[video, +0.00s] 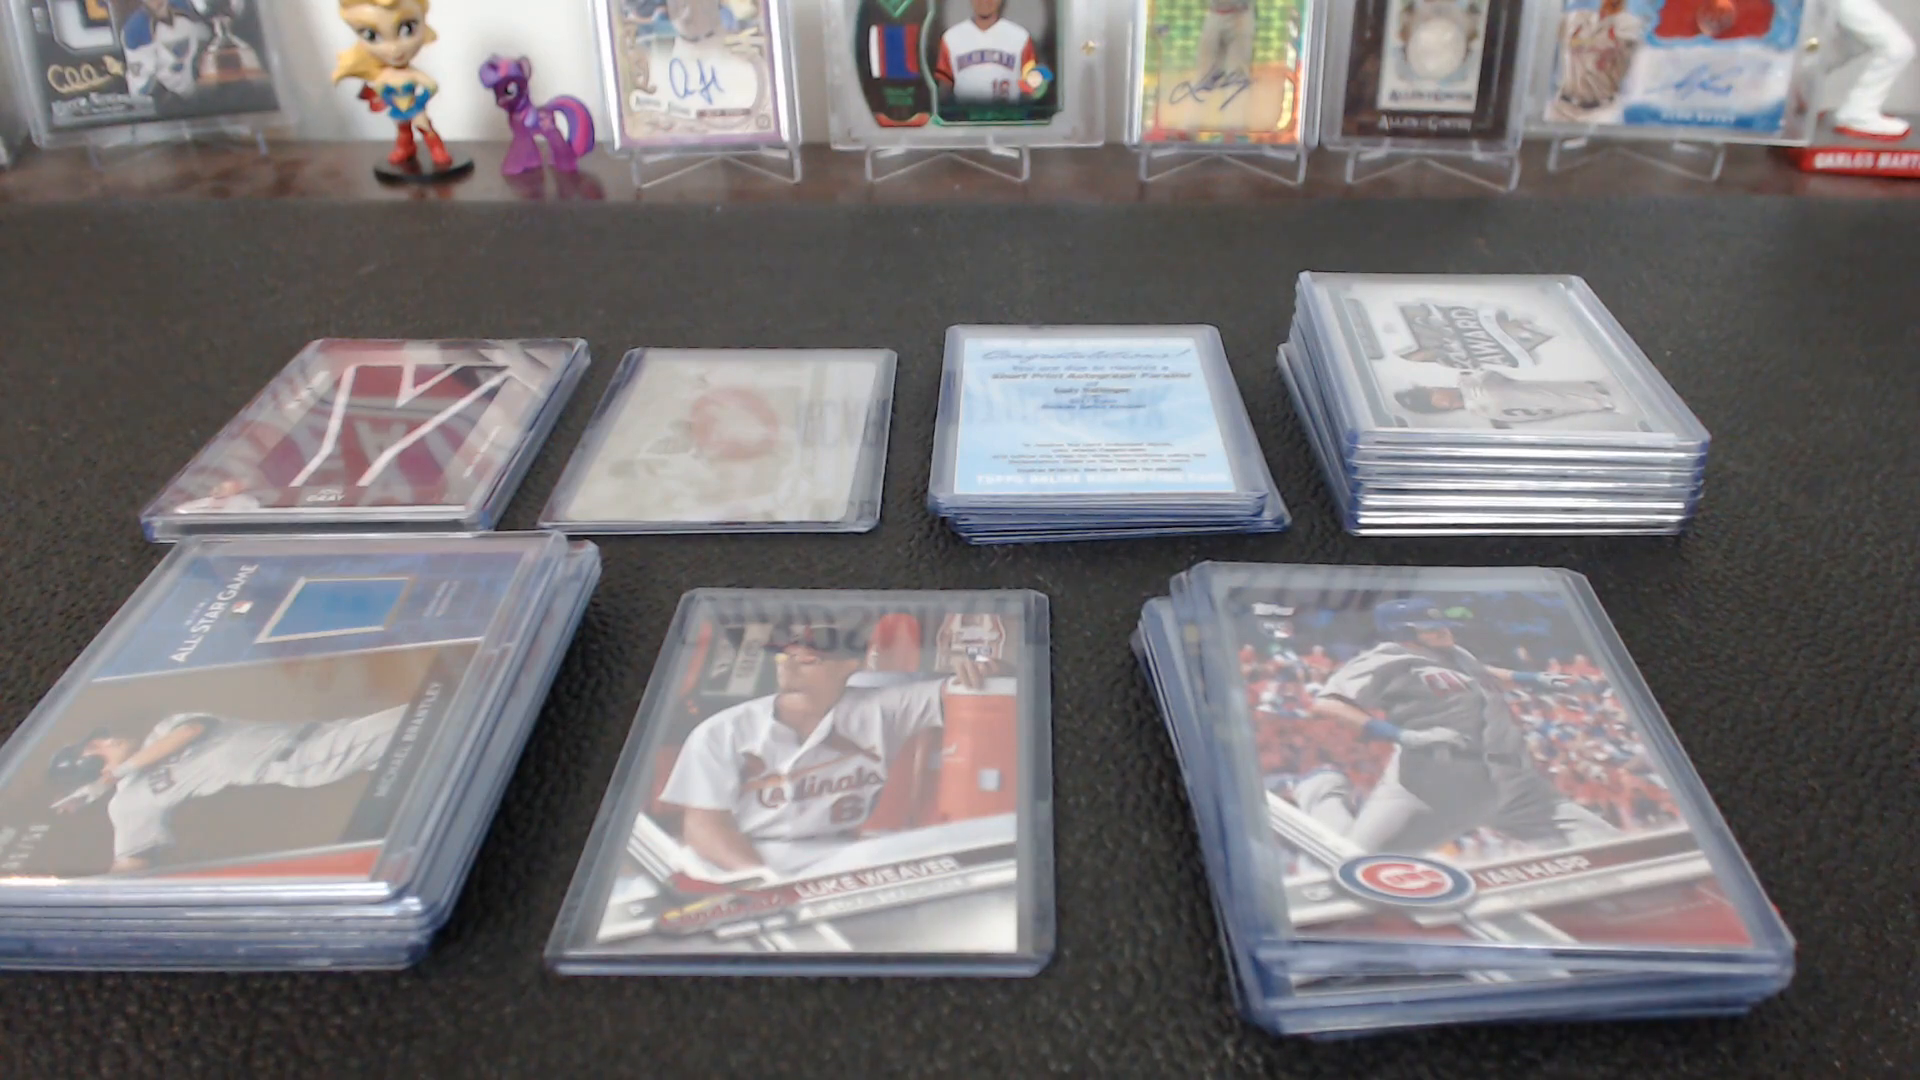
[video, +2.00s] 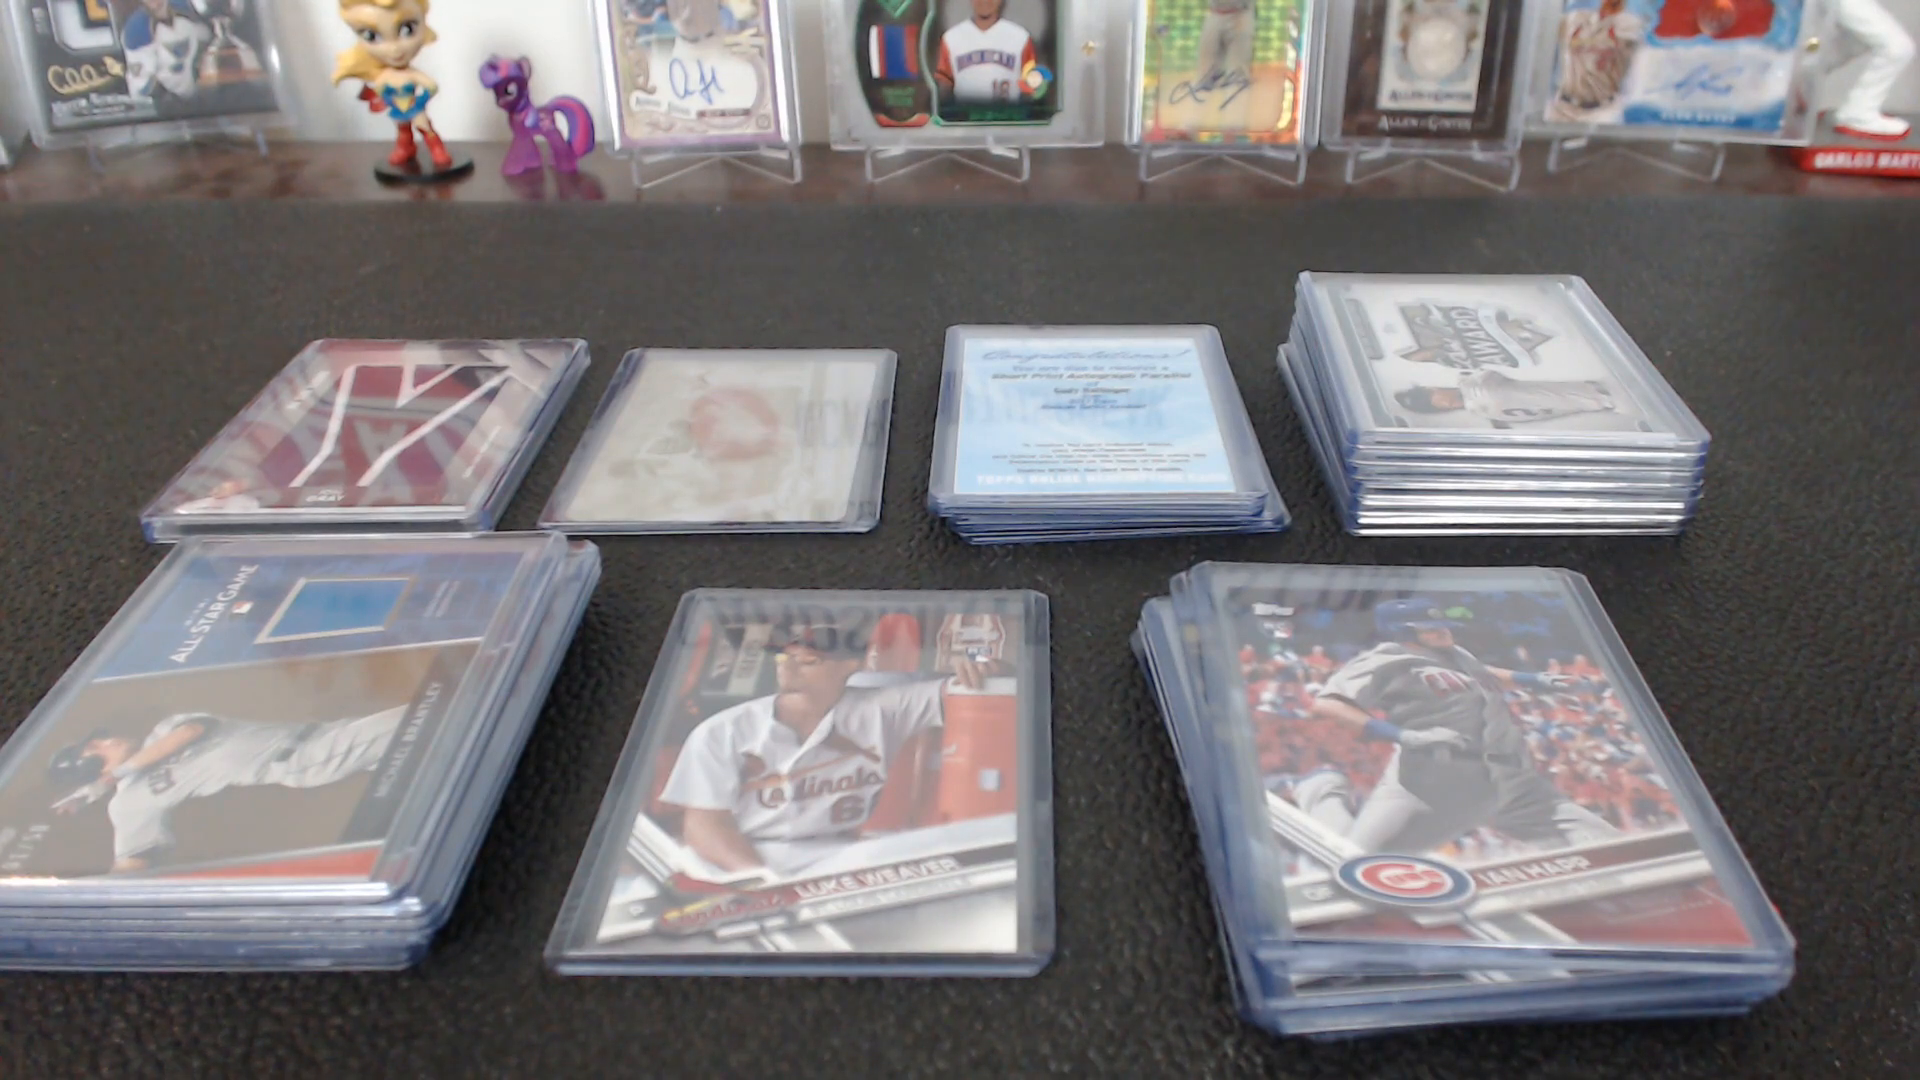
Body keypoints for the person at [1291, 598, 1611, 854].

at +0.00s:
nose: (1446, 631)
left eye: (1446, 622)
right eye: (1434, 623)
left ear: (1450, 623)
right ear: (1405, 628)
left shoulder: (1458, 656)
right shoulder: (1388, 659)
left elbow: (1488, 676)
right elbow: (1328, 704)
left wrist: (1538, 682)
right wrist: (1404, 736)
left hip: (1508, 788)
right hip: (1427, 796)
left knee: (1609, 846)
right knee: (1352, 868)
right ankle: (1321, 792)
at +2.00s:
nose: (1447, 630)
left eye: (1446, 622)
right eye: (1435, 623)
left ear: (1447, 626)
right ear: (1406, 629)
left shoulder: (1459, 656)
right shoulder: (1387, 659)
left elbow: (1490, 676)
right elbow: (1328, 704)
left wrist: (1539, 682)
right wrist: (1405, 736)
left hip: (1511, 789)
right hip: (1429, 797)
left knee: (1614, 850)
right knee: (1353, 869)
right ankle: (1321, 792)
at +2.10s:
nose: (1446, 631)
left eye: (1446, 623)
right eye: (1434, 624)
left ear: (1446, 627)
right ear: (1406, 630)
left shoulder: (1459, 657)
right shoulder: (1387, 659)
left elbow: (1490, 676)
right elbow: (1328, 704)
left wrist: (1539, 682)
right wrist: (1405, 736)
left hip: (1509, 789)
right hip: (1428, 796)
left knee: (1612, 849)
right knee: (1353, 868)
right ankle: (1321, 792)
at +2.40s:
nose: (1446, 631)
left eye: (1446, 623)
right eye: (1434, 624)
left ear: (1447, 627)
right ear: (1406, 630)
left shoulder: (1459, 657)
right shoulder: (1387, 659)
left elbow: (1490, 676)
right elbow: (1328, 704)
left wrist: (1539, 682)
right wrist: (1405, 736)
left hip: (1509, 789)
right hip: (1429, 796)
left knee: (1613, 850)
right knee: (1354, 868)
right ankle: (1321, 792)